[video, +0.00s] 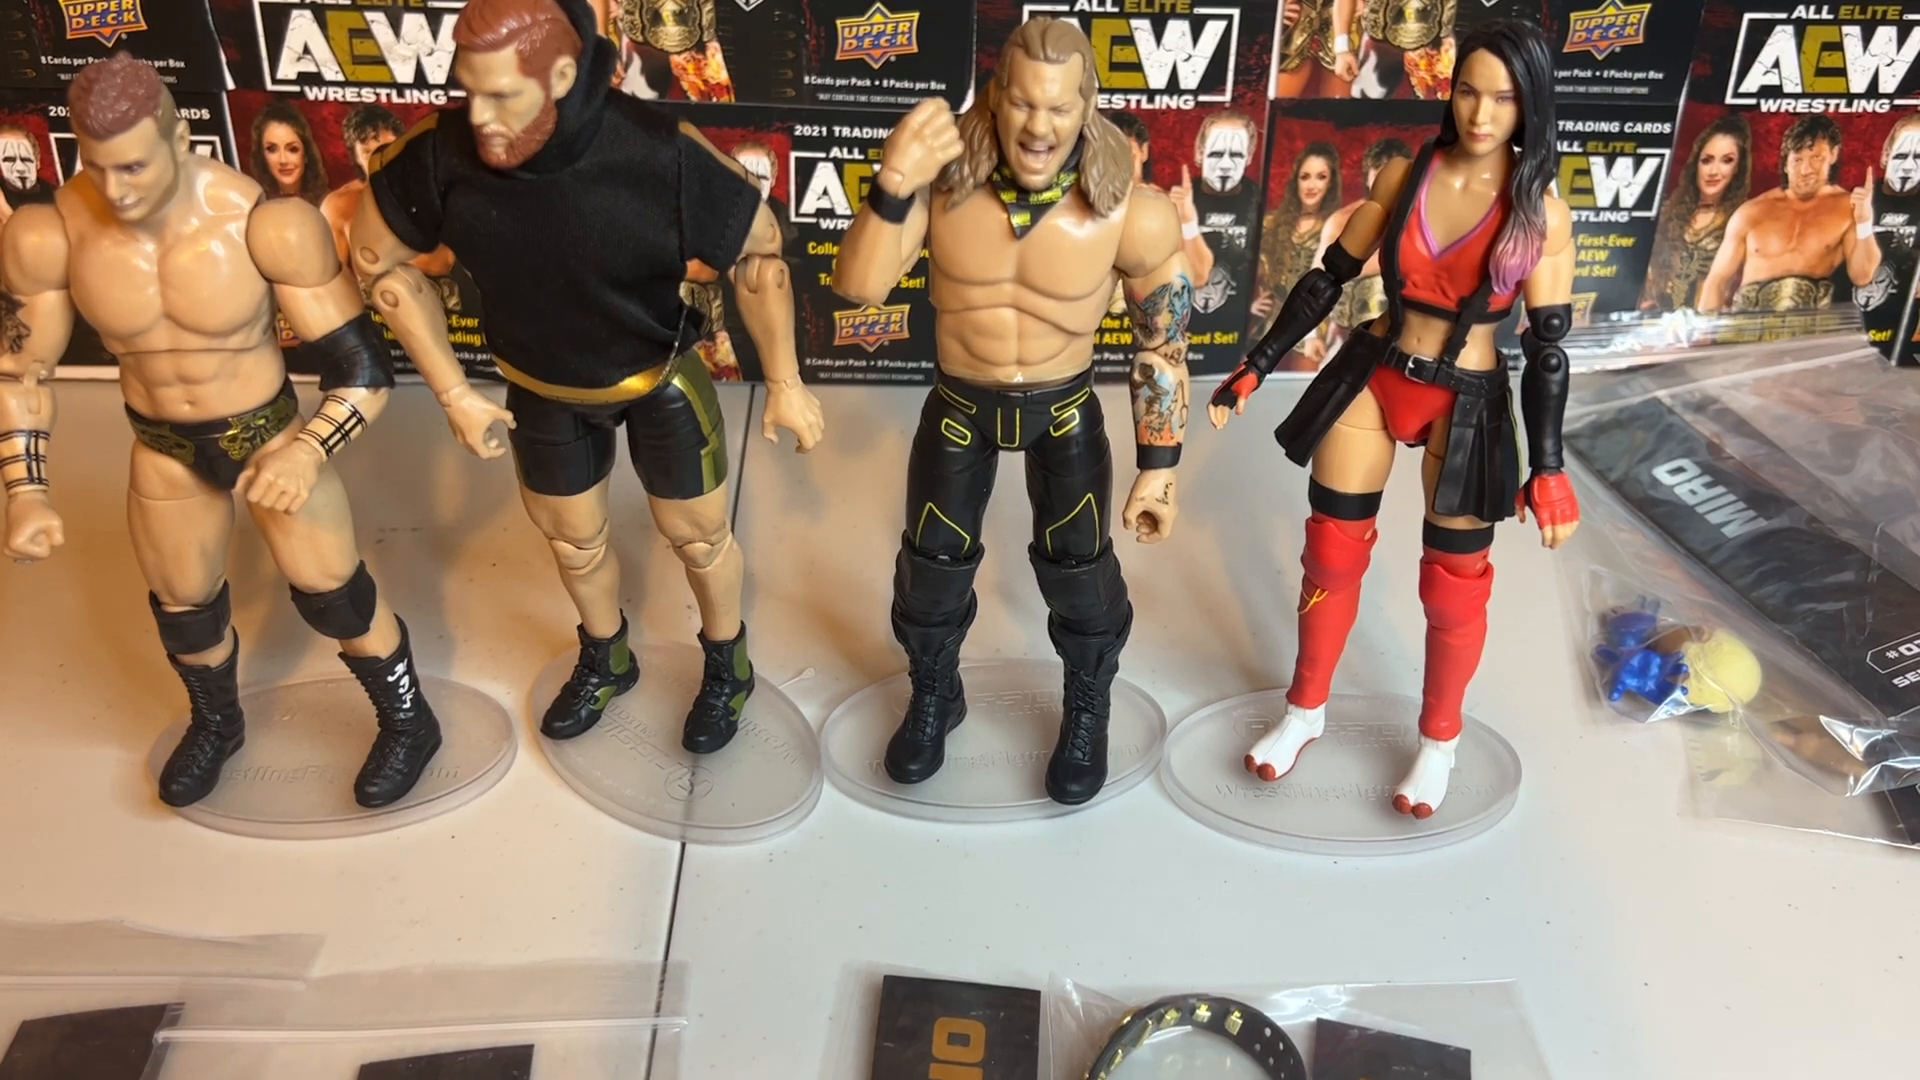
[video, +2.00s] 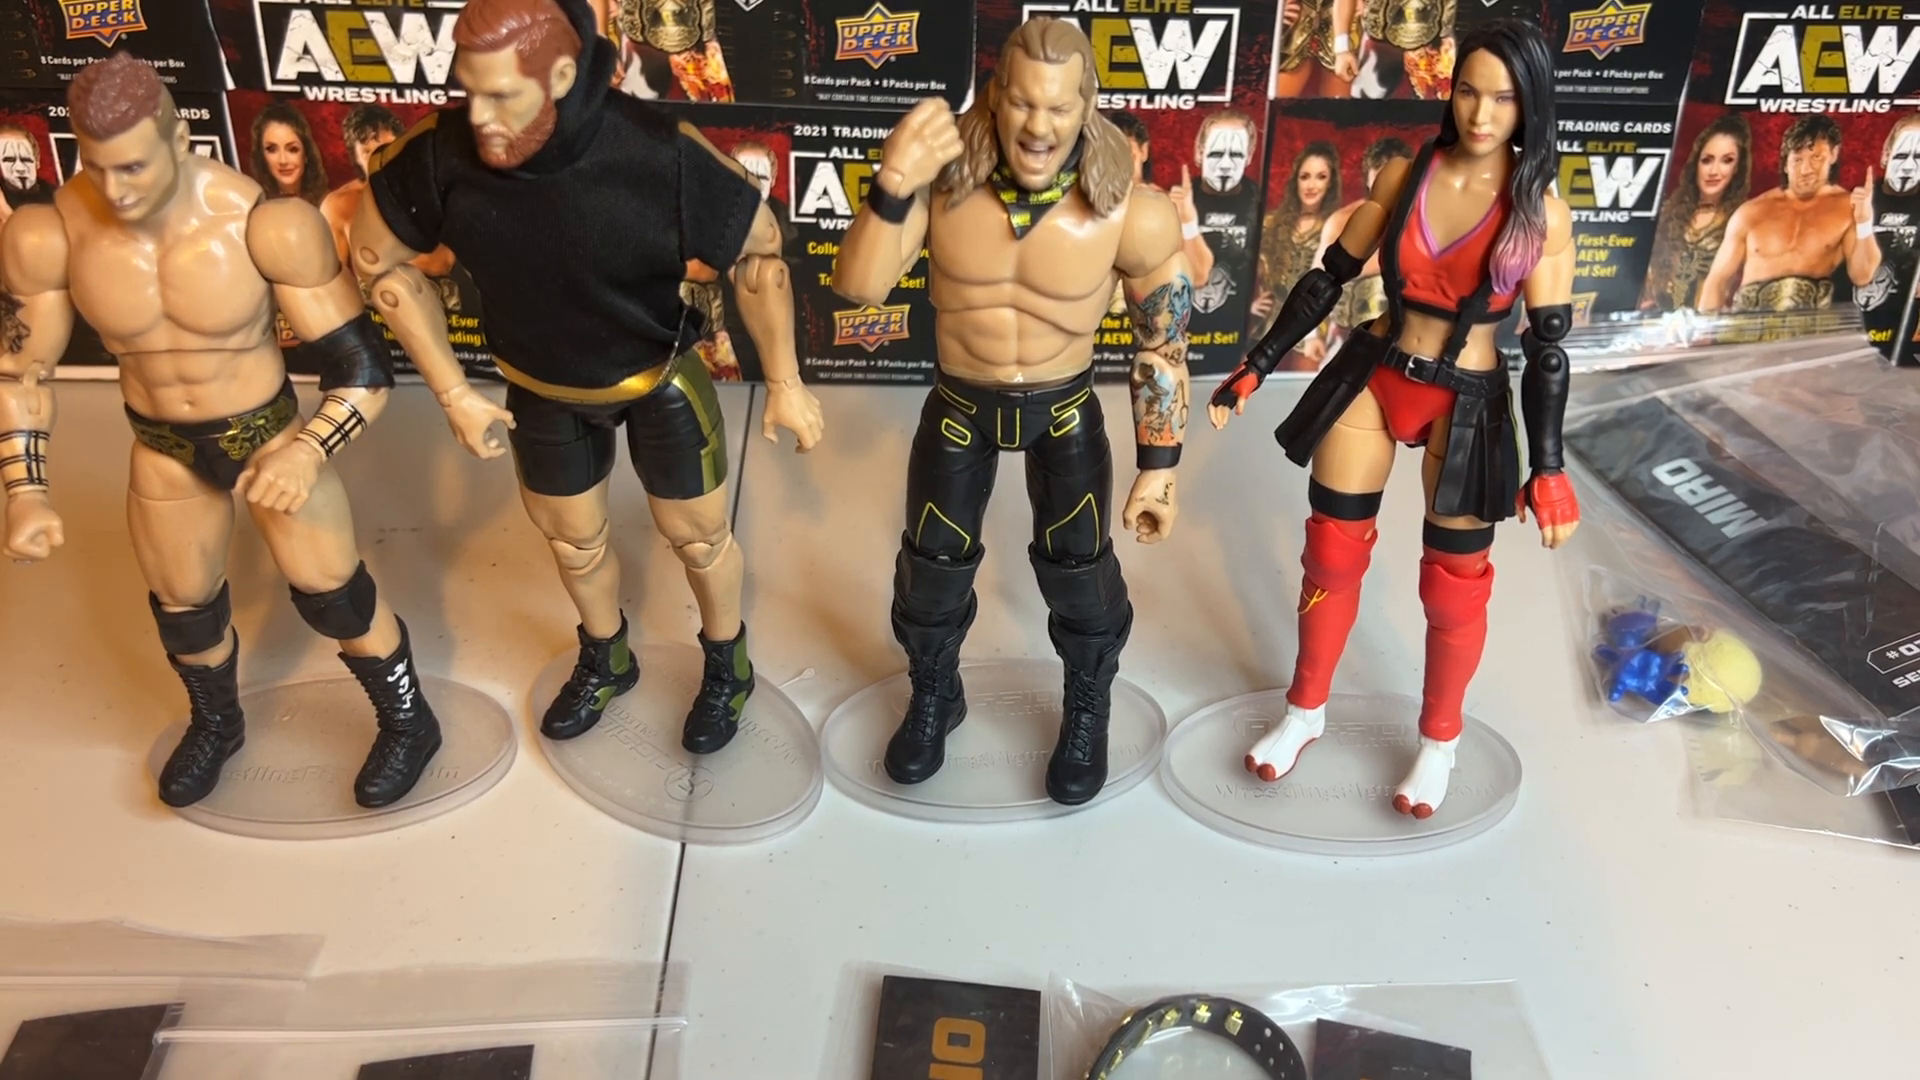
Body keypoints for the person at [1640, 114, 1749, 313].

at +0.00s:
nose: (1714, 171)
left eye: (1727, 160)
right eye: (1706, 160)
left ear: (1738, 168)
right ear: (1695, 164)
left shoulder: (1742, 219)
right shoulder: (1670, 213)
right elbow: (1653, 267)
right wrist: (1649, 299)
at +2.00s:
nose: (1714, 171)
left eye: (1727, 160)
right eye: (1706, 160)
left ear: (1739, 167)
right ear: (1695, 164)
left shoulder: (1743, 219)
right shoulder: (1671, 212)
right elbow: (1654, 265)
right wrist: (1650, 299)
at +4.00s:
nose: (1714, 171)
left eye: (1727, 161)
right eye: (1706, 160)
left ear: (1739, 168)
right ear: (1695, 164)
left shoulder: (1742, 220)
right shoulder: (1670, 213)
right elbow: (1654, 266)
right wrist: (1649, 299)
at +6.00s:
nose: (1714, 171)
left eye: (1727, 161)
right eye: (1707, 160)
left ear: (1739, 168)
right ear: (1695, 164)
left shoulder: (1742, 220)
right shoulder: (1670, 213)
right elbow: (1654, 268)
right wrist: (1649, 301)